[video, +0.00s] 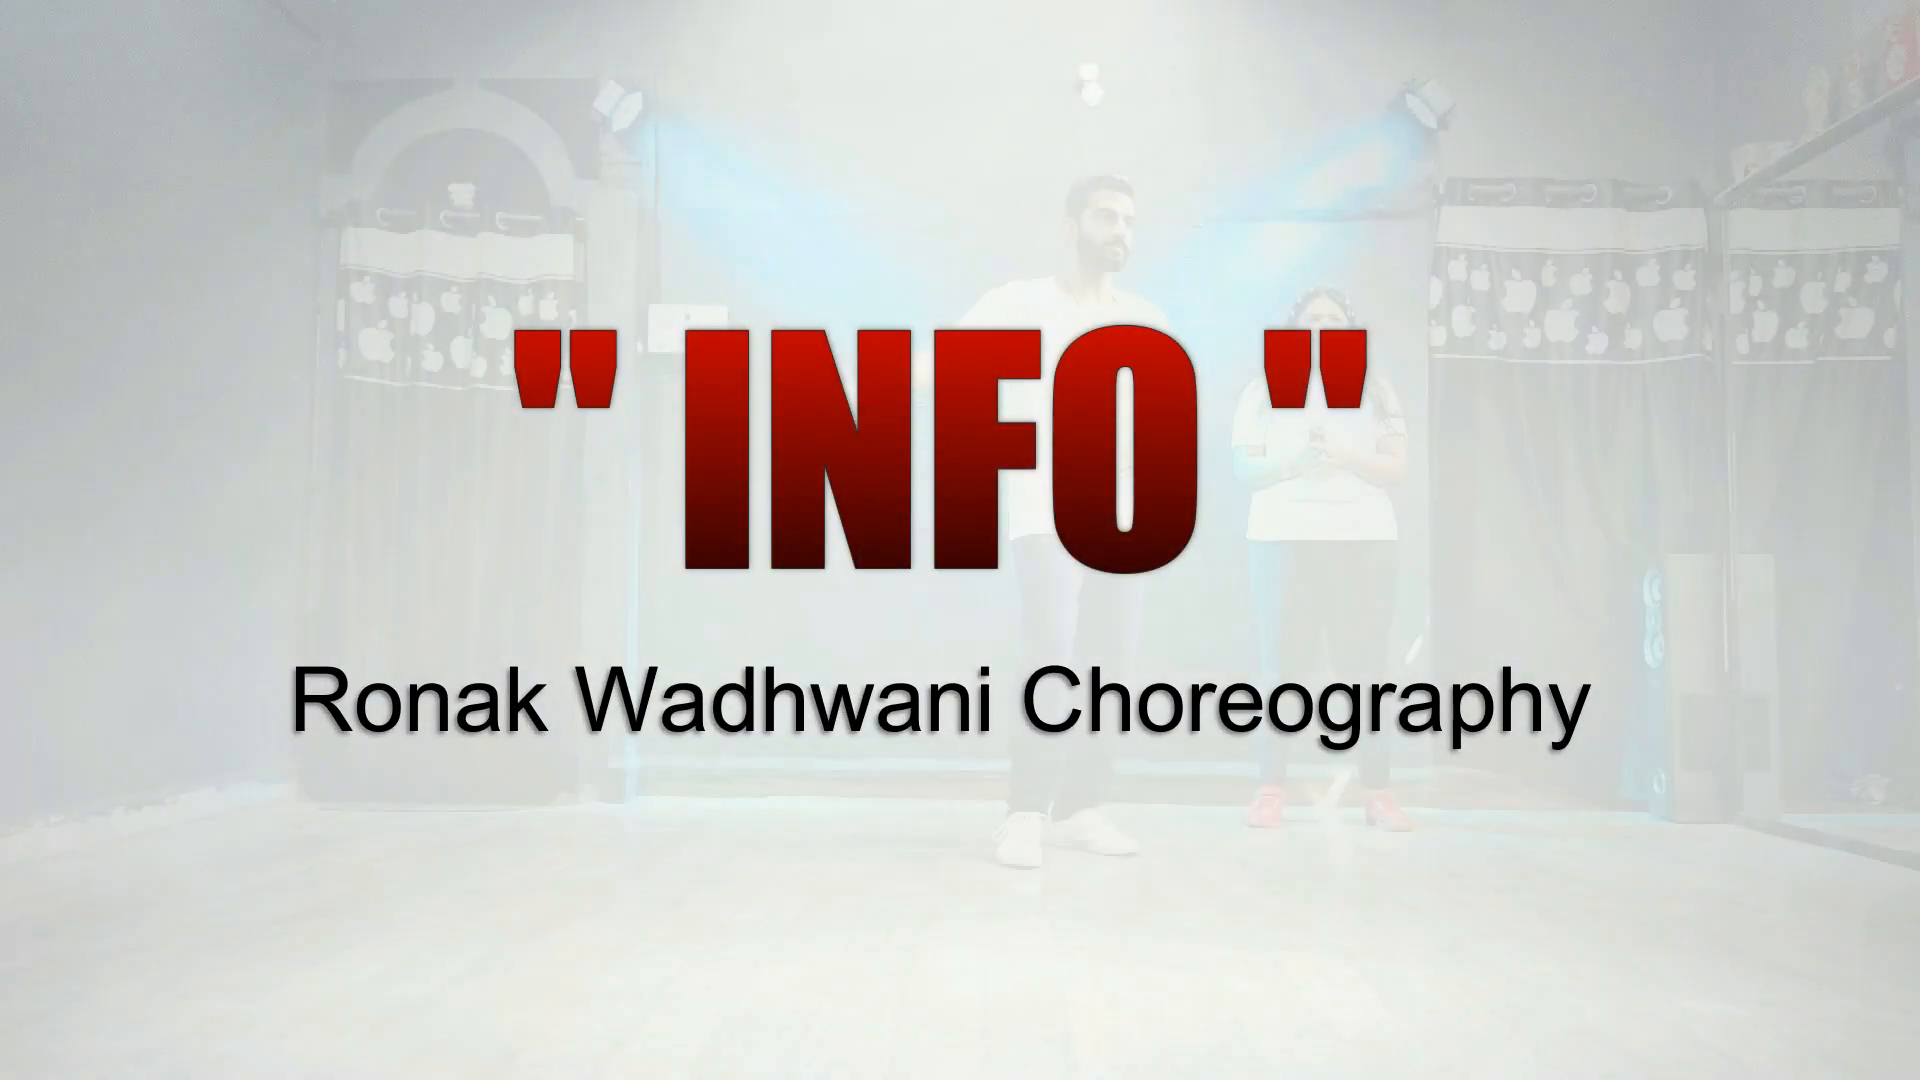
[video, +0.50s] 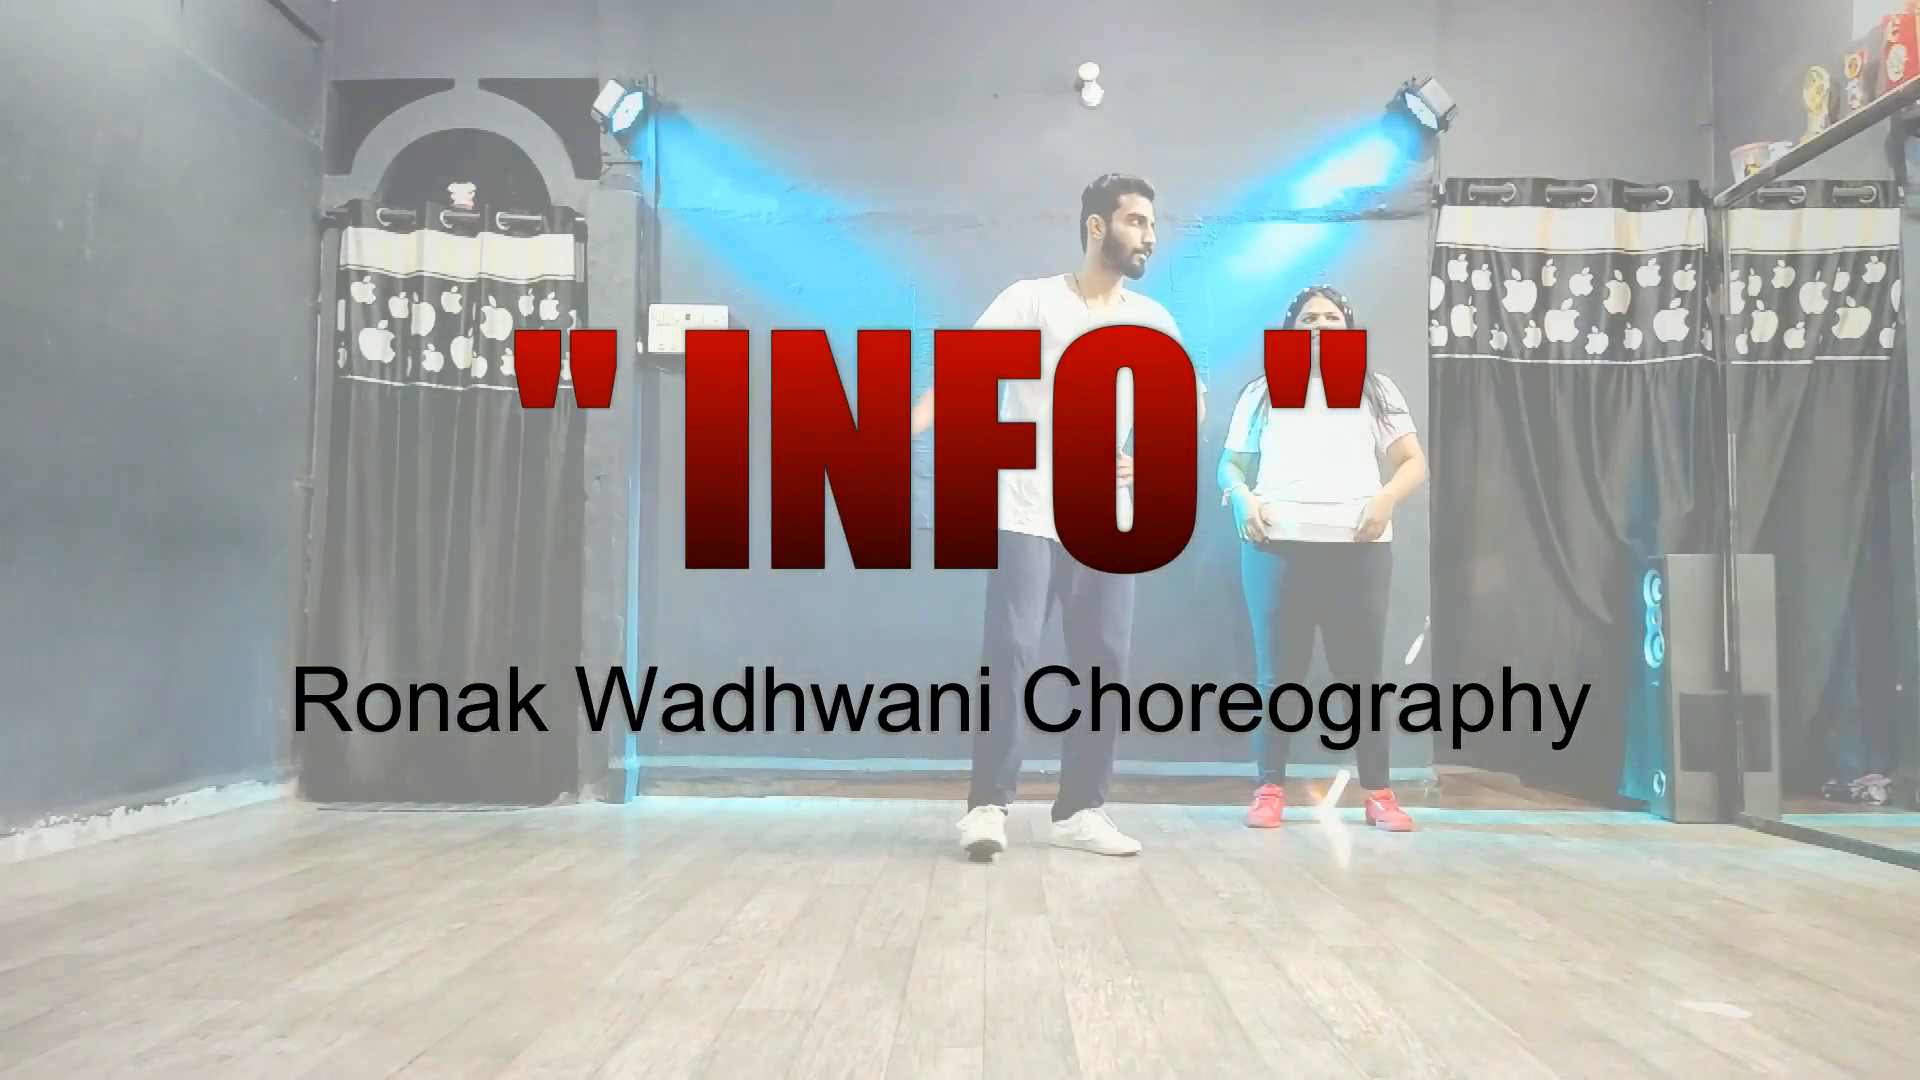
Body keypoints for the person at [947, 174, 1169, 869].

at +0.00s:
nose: (1120, 231)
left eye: (1128, 220)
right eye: (1107, 217)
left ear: (1133, 232)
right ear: (1073, 222)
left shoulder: (1139, 318)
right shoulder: (1014, 307)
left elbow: (1166, 415)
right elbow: (950, 383)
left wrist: (1157, 498)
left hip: (1117, 507)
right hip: (1039, 506)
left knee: (1107, 652)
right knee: (1046, 651)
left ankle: (1083, 807)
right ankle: (1027, 810)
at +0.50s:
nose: (1147, 234)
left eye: (1151, 224)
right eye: (1135, 221)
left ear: (1151, 237)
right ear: (1095, 227)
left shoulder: (1156, 322)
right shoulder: (1026, 303)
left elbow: (1183, 417)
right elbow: (954, 383)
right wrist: (895, 439)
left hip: (1112, 517)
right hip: (1028, 510)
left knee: (1104, 659)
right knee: (1012, 650)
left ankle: (1080, 807)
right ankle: (988, 804)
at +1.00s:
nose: (1083, 237)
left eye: (1084, 226)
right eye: (1071, 224)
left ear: (1069, 237)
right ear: (1030, 231)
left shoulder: (1089, 326)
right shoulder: (973, 306)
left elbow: (1126, 425)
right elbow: (955, 412)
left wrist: (1054, 409)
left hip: (1066, 528)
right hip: (979, 522)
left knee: (1086, 662)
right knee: (937, 649)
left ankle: (1078, 809)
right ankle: (938, 811)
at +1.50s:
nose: (972, 257)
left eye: (978, 245)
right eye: (956, 246)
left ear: (984, 252)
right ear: (920, 255)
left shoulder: (1014, 325)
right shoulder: (880, 345)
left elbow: (1076, 394)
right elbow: (827, 431)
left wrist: (1044, 475)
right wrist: (752, 432)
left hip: (1002, 527)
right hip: (917, 530)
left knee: (1065, 649)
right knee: (911, 661)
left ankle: (1069, 805)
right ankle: (898, 809)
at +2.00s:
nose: (1005, 300)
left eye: (1020, 289)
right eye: (993, 285)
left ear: (1037, 298)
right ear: (972, 286)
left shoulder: (1066, 364)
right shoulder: (932, 352)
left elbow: (1144, 424)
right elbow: (898, 427)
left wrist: (1077, 491)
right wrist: (926, 415)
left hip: (1032, 536)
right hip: (944, 534)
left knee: (1062, 658)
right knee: (903, 649)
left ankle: (1080, 806)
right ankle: (890, 806)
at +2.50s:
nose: (984, 319)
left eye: (999, 306)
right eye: (972, 303)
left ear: (1019, 302)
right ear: (954, 296)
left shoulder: (1049, 344)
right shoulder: (927, 356)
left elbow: (1116, 423)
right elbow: (906, 417)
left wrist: (1059, 492)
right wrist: (892, 428)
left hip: (1014, 525)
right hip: (928, 520)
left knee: (1044, 657)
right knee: (892, 643)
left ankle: (1075, 804)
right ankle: (885, 807)